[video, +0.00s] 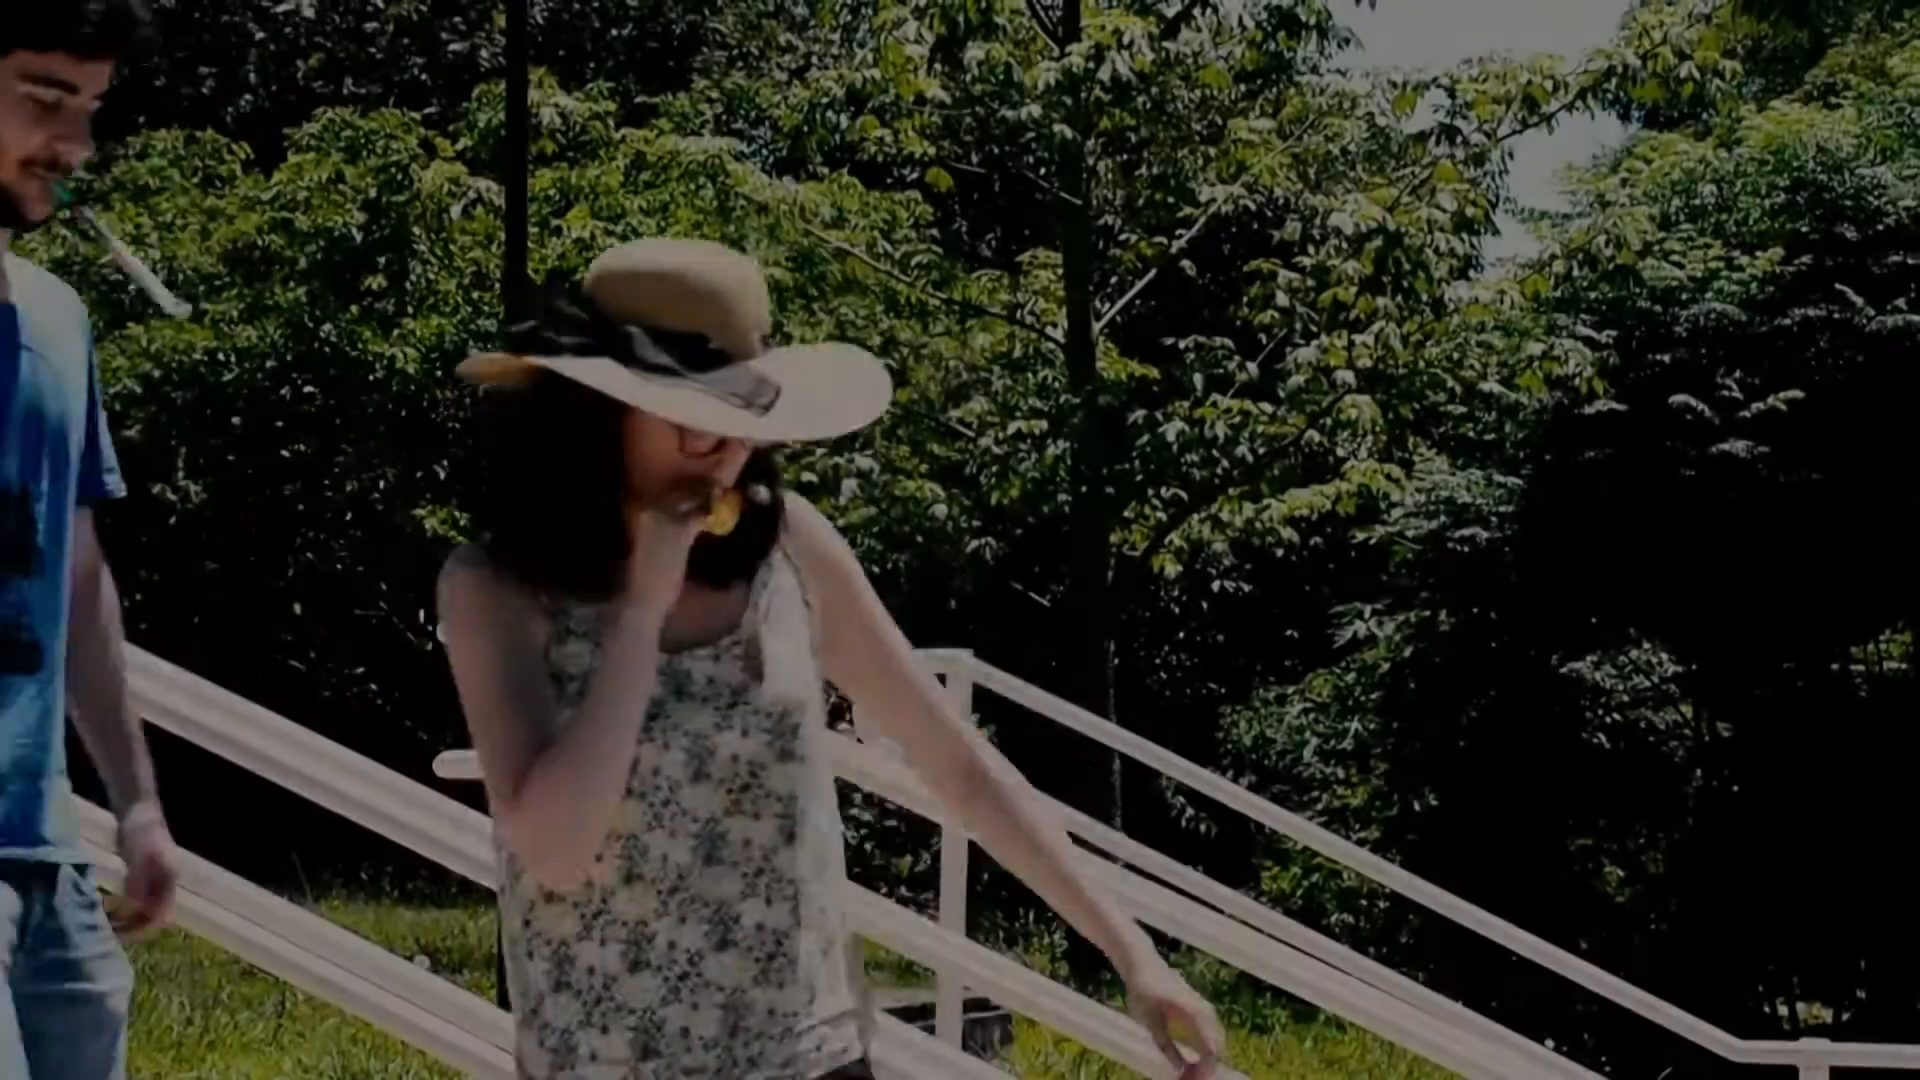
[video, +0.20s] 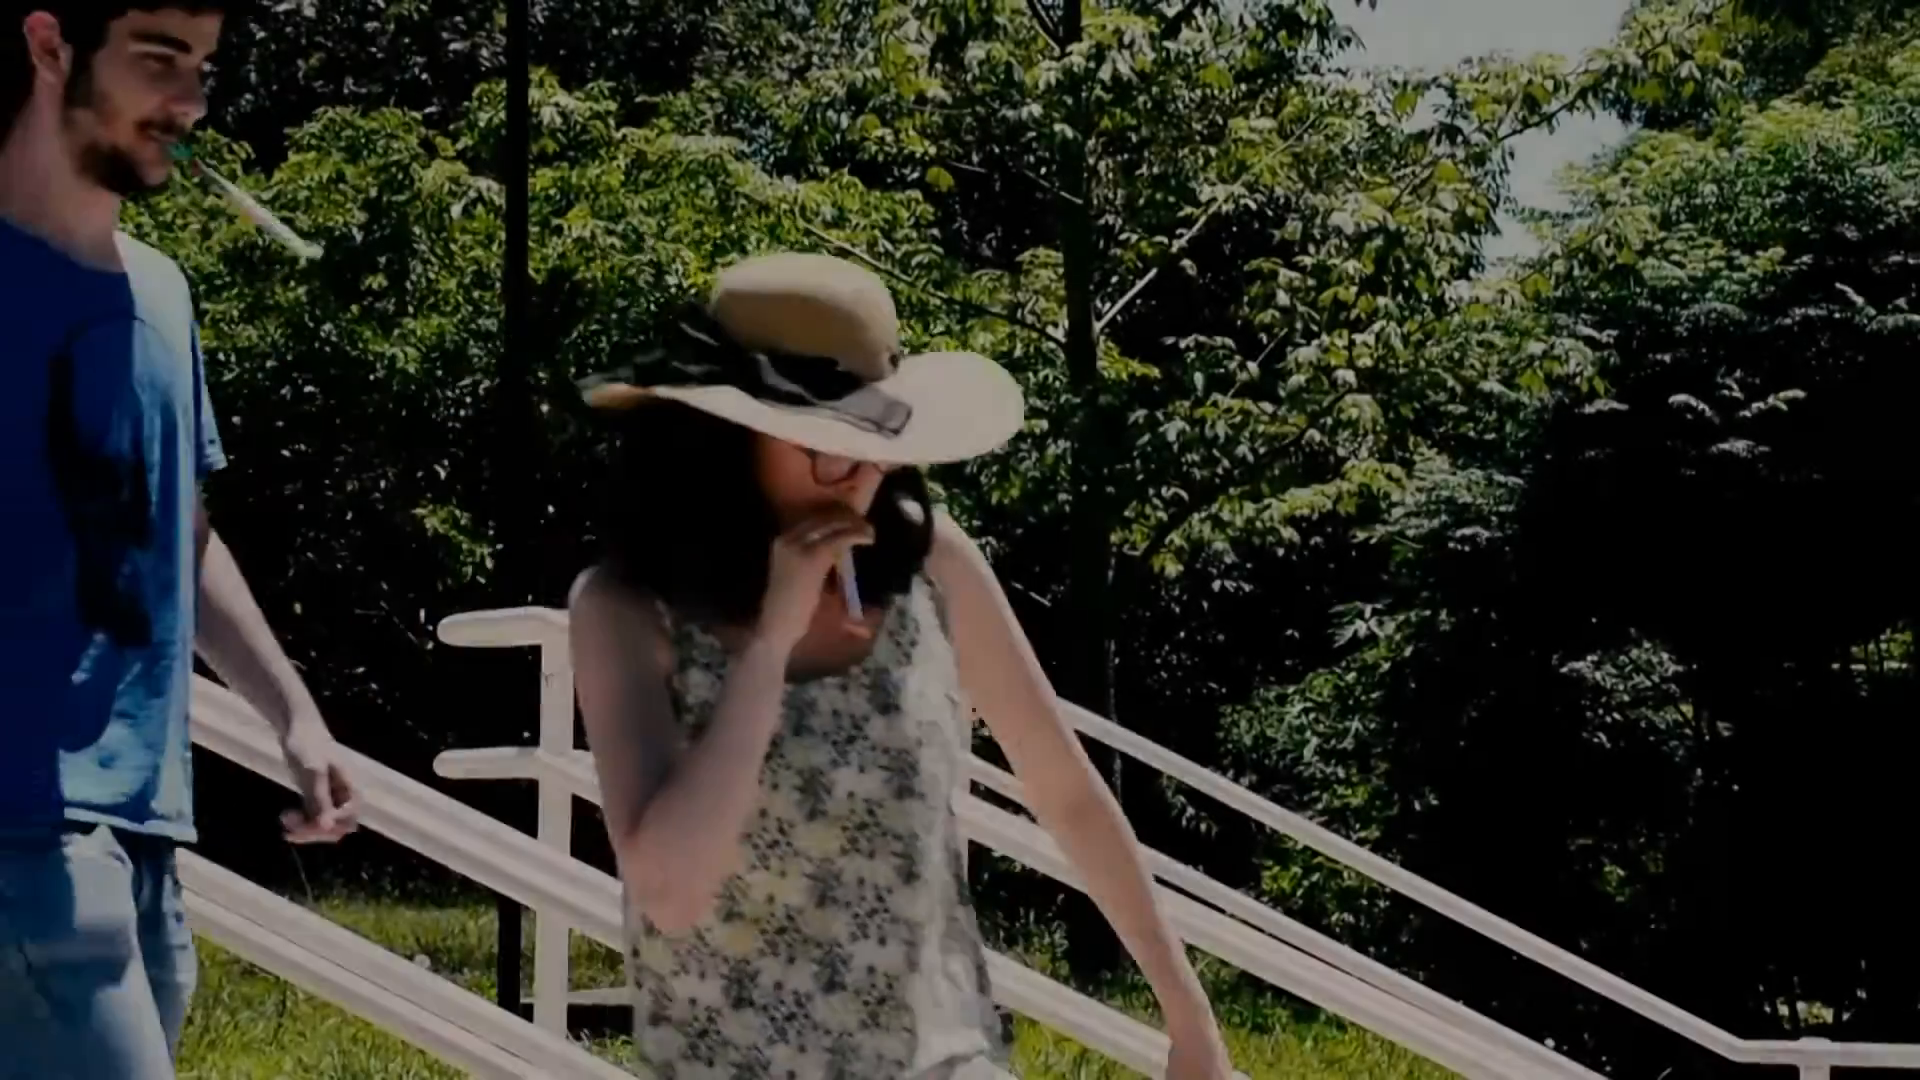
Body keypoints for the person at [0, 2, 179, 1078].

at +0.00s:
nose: (72, 144)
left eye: (89, 112)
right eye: (42, 99)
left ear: (98, 122)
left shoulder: (57, 318)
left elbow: (78, 576)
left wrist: (135, 798)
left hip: (43, 858)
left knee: (90, 1031)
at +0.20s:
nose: (190, 103)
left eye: (204, 71)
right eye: (159, 58)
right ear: (51, 48)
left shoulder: (161, 282)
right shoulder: (18, 262)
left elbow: (182, 536)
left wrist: (293, 715)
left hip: (146, 815)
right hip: (34, 815)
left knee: (133, 1055)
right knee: (122, 1062)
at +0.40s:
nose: (292, 184)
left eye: (300, 151)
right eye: (259, 141)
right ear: (148, 140)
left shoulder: (227, 382)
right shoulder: (38, 385)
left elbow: (250, 642)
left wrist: (361, 818)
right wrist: (20, 913)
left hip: (248, 948)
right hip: (116, 970)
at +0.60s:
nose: (411, 240)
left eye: (414, 207)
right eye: (379, 200)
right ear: (269, 199)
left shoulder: (338, 439)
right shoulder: (163, 452)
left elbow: (309, 721)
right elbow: (131, 738)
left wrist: (357, 965)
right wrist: (242, 978)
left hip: (357, 1007)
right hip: (210, 1031)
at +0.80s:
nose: (555, 233)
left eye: (558, 198)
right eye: (520, 193)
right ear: (409, 196)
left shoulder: (482, 428)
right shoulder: (303, 450)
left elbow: (447, 706)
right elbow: (238, 734)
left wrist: (486, 954)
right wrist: (401, 945)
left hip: (478, 988)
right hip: (326, 1010)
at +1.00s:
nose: (696, 371)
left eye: (697, 333)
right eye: (660, 328)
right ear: (549, 336)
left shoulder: (644, 573)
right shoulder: (447, 595)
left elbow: (634, 854)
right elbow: (366, 881)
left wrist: (668, 1052)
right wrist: (452, 1069)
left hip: (649, 1051)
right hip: (527, 1054)